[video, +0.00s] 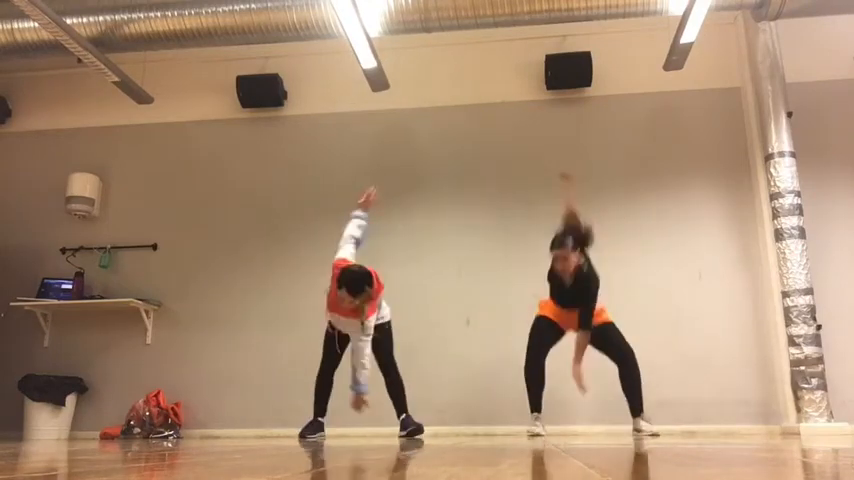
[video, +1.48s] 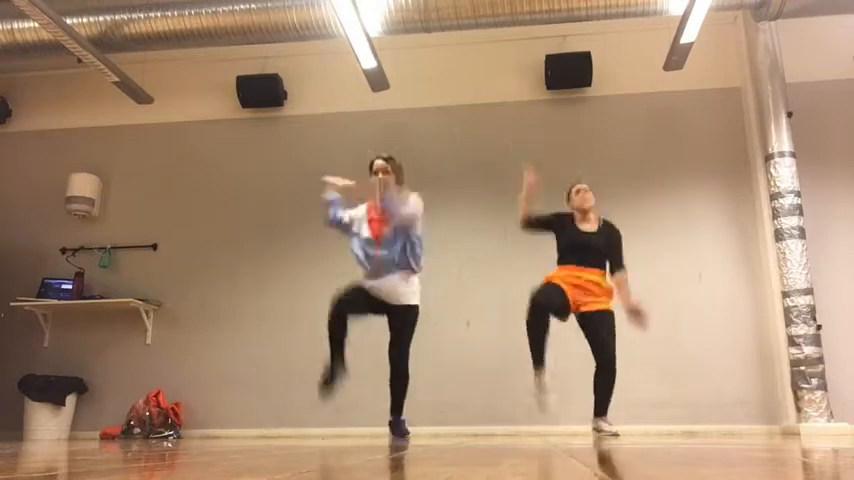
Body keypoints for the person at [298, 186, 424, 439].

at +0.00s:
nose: (348, 300)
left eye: (353, 297)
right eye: (349, 295)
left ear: (361, 295)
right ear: (341, 285)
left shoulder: (370, 307)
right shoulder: (340, 266)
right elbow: (351, 237)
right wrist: (361, 212)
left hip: (372, 324)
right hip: (340, 324)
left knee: (388, 366)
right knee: (326, 370)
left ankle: (404, 418)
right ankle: (318, 421)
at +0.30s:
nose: (359, 211)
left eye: (365, 206)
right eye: (354, 206)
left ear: (376, 209)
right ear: (348, 209)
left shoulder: (393, 230)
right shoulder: (341, 233)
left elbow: (419, 237)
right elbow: (320, 226)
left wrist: (422, 223)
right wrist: (308, 218)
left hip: (394, 308)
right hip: (362, 308)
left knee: (400, 361)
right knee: (330, 340)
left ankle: (408, 419)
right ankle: (337, 396)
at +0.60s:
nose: (363, 184)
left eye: (368, 178)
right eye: (359, 179)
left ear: (378, 184)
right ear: (351, 184)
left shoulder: (389, 219)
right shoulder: (345, 218)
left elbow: (411, 241)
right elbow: (339, 190)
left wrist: (442, 234)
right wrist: (350, 157)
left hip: (384, 293)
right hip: (357, 298)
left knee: (412, 269)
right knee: (357, 363)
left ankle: (447, 264)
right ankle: (361, 418)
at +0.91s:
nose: (378, 163)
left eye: (384, 159)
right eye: (374, 159)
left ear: (395, 163)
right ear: (369, 163)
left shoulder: (406, 190)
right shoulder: (360, 189)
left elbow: (430, 169)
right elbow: (344, 217)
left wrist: (412, 151)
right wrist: (325, 225)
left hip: (385, 268)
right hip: (356, 261)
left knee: (399, 298)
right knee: (359, 243)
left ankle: (397, 367)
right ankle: (359, 293)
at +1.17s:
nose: (374, 174)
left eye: (380, 169)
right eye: (370, 170)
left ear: (393, 174)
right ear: (365, 174)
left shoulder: (410, 198)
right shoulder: (358, 198)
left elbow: (441, 201)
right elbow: (335, 184)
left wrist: (467, 195)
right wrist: (331, 156)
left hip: (407, 290)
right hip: (377, 284)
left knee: (396, 355)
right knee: (330, 300)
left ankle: (391, 420)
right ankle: (280, 329)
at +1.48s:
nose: (380, 178)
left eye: (385, 172)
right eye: (376, 173)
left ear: (396, 176)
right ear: (370, 178)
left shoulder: (411, 203)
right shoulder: (364, 211)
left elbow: (404, 218)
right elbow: (335, 218)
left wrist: (387, 190)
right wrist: (332, 191)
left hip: (404, 295)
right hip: (373, 290)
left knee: (399, 359)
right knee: (340, 304)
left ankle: (397, 417)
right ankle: (336, 365)